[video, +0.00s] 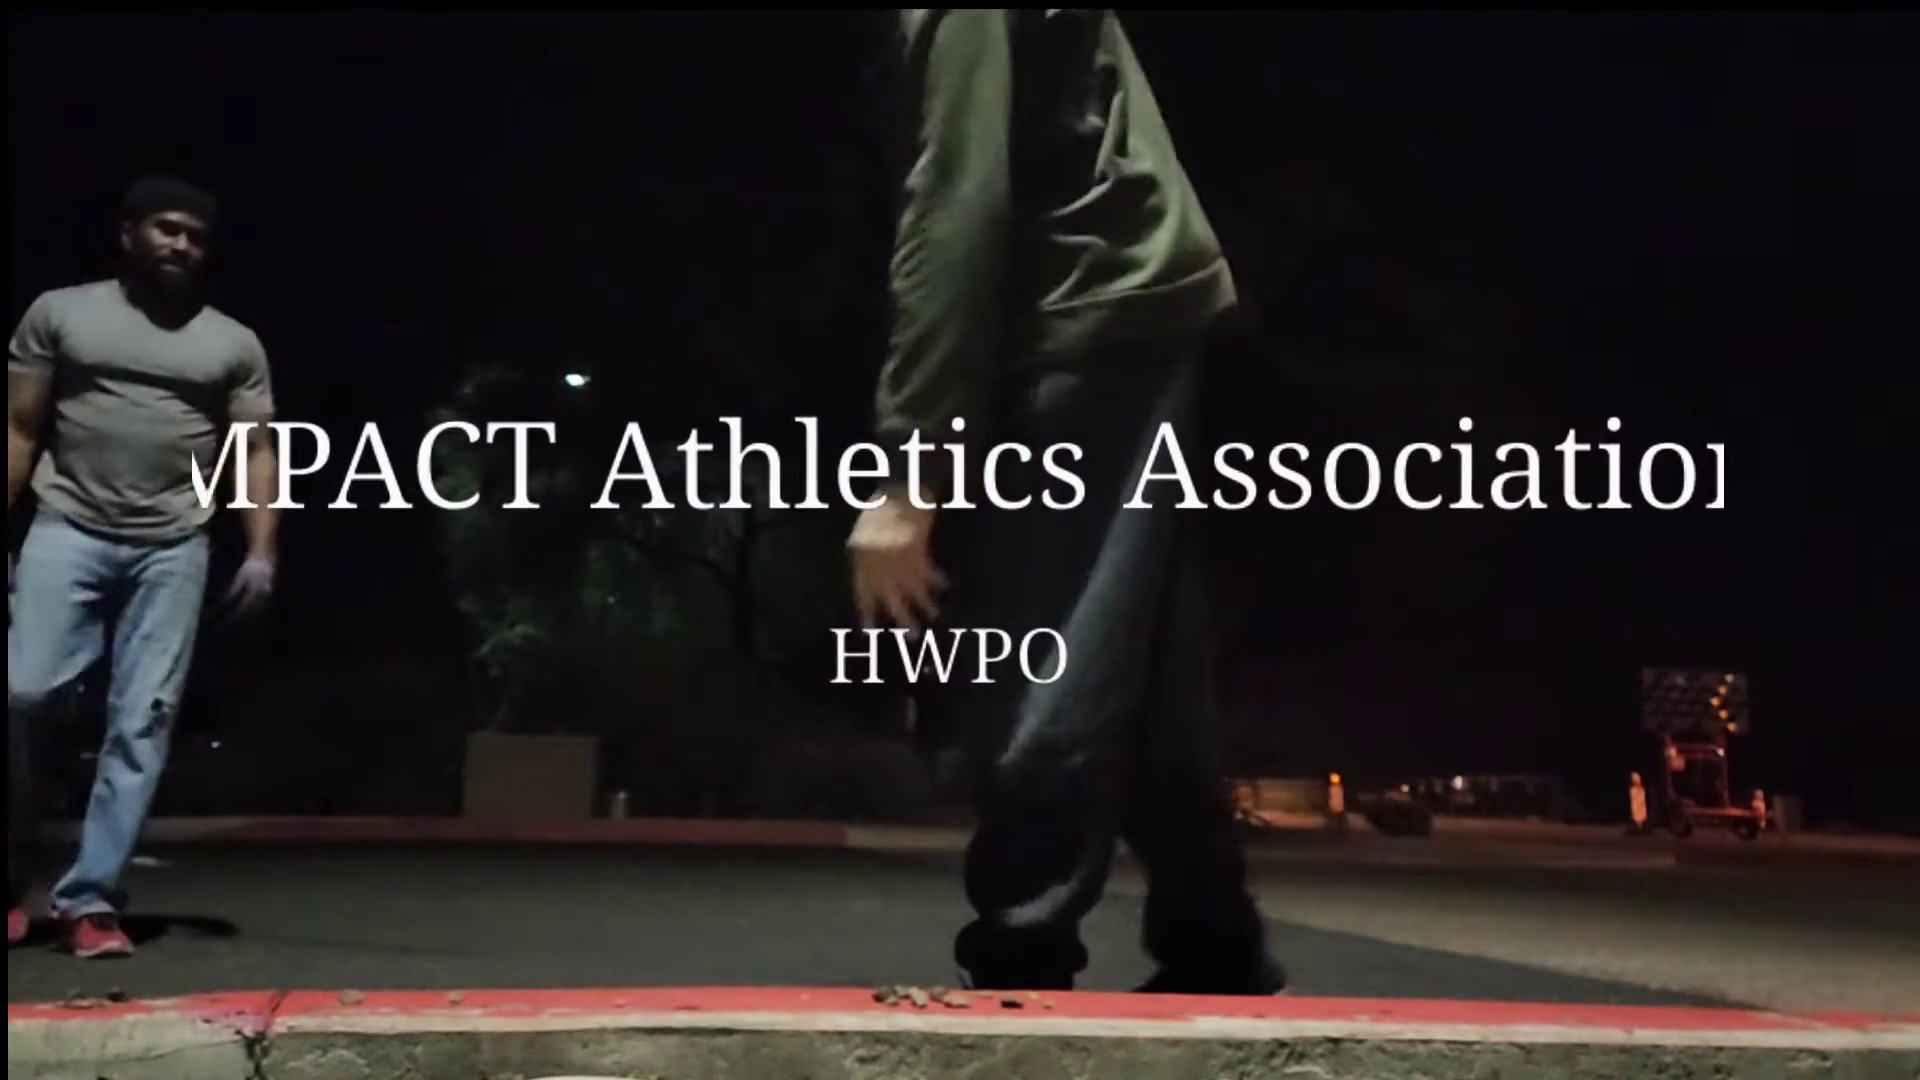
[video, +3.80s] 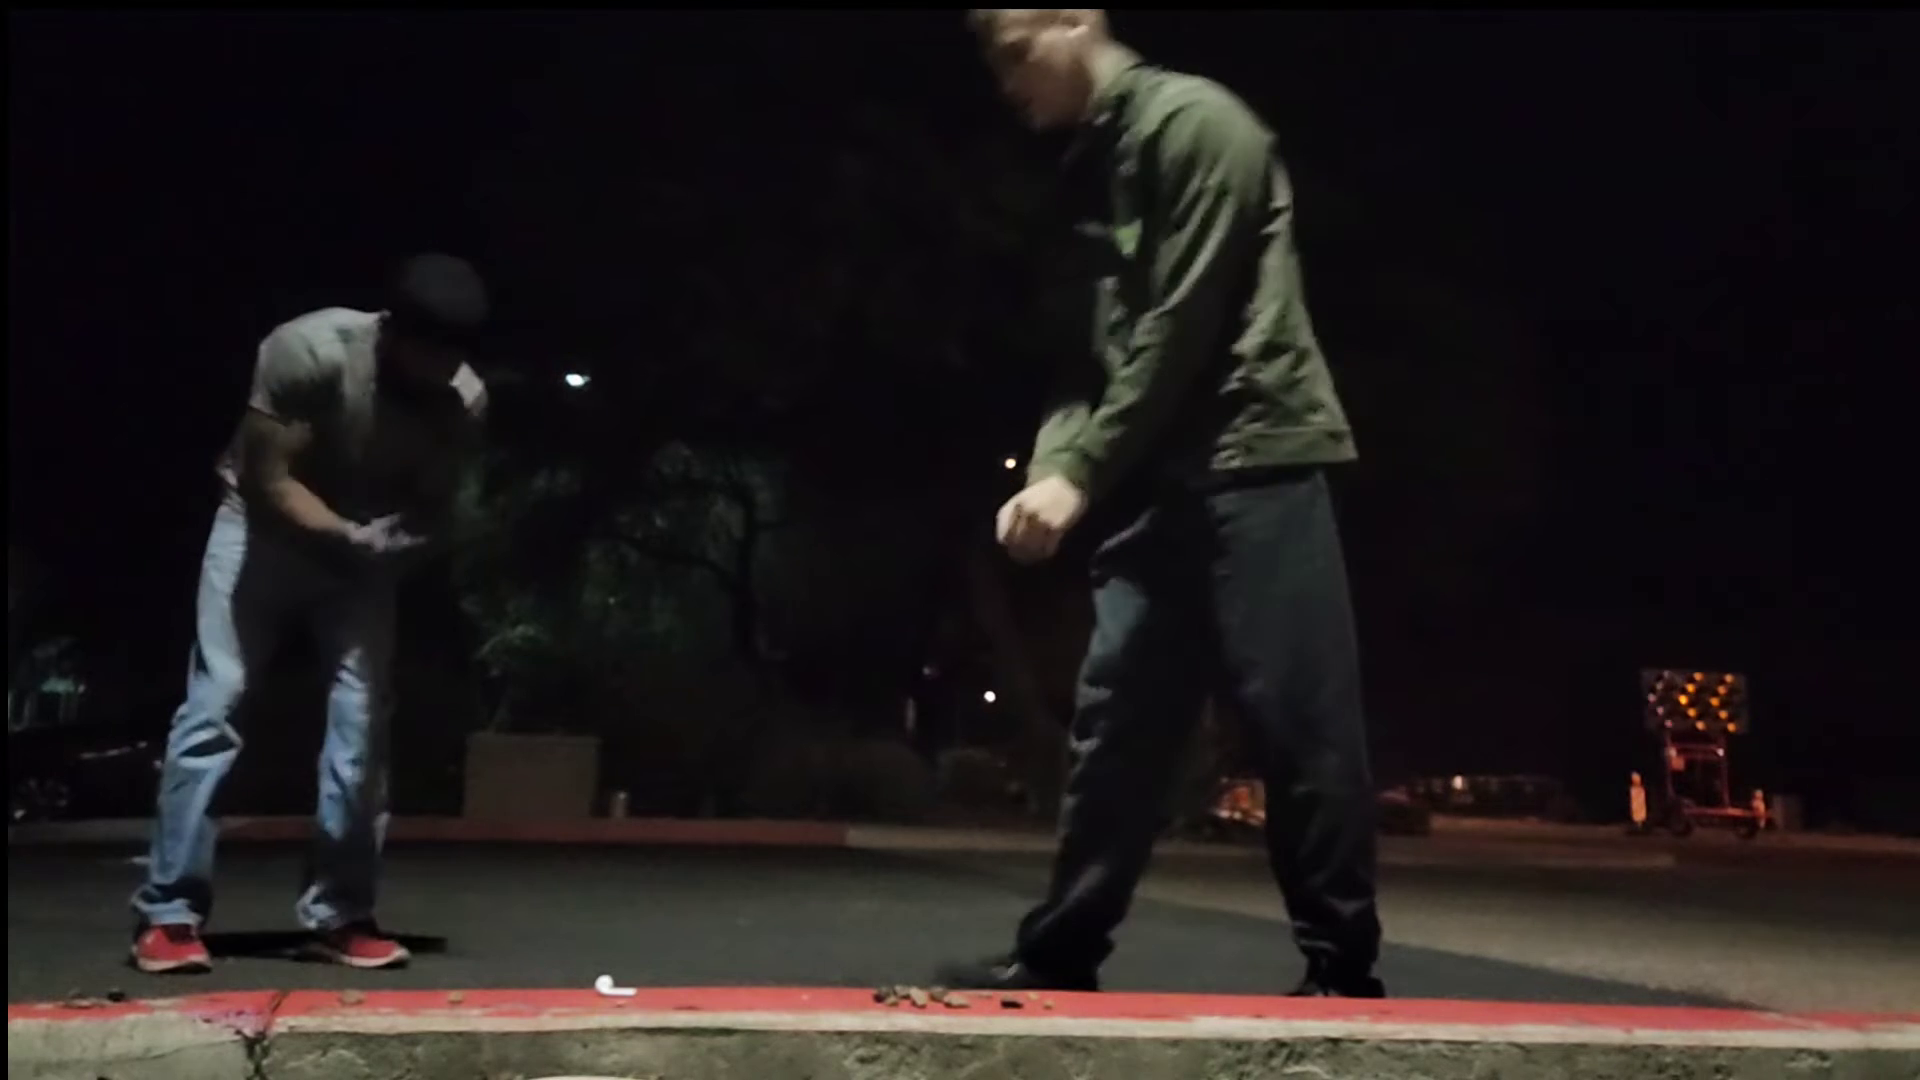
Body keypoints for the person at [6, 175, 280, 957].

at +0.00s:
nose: (181, 247)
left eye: (194, 236)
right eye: (166, 230)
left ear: (208, 250)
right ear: (128, 235)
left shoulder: (235, 348)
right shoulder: (59, 316)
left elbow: (259, 457)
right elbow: (21, 430)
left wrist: (261, 547)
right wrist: (9, 518)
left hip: (174, 545)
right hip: (65, 531)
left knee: (143, 720)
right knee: (29, 691)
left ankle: (91, 898)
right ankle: (23, 881)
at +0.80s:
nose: (183, 207)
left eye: (196, 194)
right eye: (165, 190)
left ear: (211, 206)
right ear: (127, 195)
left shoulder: (231, 307)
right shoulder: (66, 279)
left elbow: (246, 426)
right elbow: (27, 399)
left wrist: (266, 533)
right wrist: (39, 508)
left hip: (200, 529)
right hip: (90, 518)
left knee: (230, 699)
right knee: (58, 708)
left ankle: (213, 900)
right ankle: (38, 911)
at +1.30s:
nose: (296, 221)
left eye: (309, 210)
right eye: (280, 204)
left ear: (320, 224)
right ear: (239, 209)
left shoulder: (340, 323)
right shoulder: (178, 290)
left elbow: (360, 435)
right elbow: (141, 412)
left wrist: (388, 528)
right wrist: (155, 527)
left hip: (305, 539)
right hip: (204, 525)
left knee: (291, 716)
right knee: (134, 711)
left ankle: (265, 907)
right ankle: (54, 908)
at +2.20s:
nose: (368, 244)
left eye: (382, 234)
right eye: (354, 226)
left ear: (392, 245)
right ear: (315, 222)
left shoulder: (392, 340)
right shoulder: (240, 290)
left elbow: (417, 449)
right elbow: (181, 385)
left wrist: (488, 516)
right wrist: (177, 437)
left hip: (325, 544)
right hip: (233, 527)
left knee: (303, 716)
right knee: (200, 705)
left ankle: (264, 905)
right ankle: (168, 909)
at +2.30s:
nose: (361, 250)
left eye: (373, 238)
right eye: (347, 232)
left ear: (384, 243)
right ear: (304, 224)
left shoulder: (384, 333)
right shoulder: (231, 288)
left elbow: (382, 440)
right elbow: (201, 400)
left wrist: (449, 492)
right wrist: (264, 450)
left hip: (322, 544)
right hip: (229, 533)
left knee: (301, 717)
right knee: (195, 712)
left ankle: (269, 907)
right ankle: (167, 913)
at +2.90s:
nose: (325, 319)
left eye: (338, 304)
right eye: (313, 300)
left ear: (347, 304)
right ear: (280, 290)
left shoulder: (351, 365)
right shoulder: (193, 325)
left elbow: (330, 480)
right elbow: (155, 448)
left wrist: (357, 500)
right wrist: (222, 504)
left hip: (263, 538)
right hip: (161, 530)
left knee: (268, 719)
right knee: (150, 717)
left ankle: (266, 905)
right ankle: (162, 912)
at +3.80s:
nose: (440, 363)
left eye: (451, 350)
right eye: (430, 345)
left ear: (461, 347)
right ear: (396, 331)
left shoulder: (461, 402)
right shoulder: (307, 352)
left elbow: (441, 512)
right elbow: (267, 477)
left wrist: (407, 535)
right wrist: (347, 531)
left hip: (361, 549)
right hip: (260, 530)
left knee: (362, 716)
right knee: (222, 696)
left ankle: (341, 916)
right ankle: (169, 913)